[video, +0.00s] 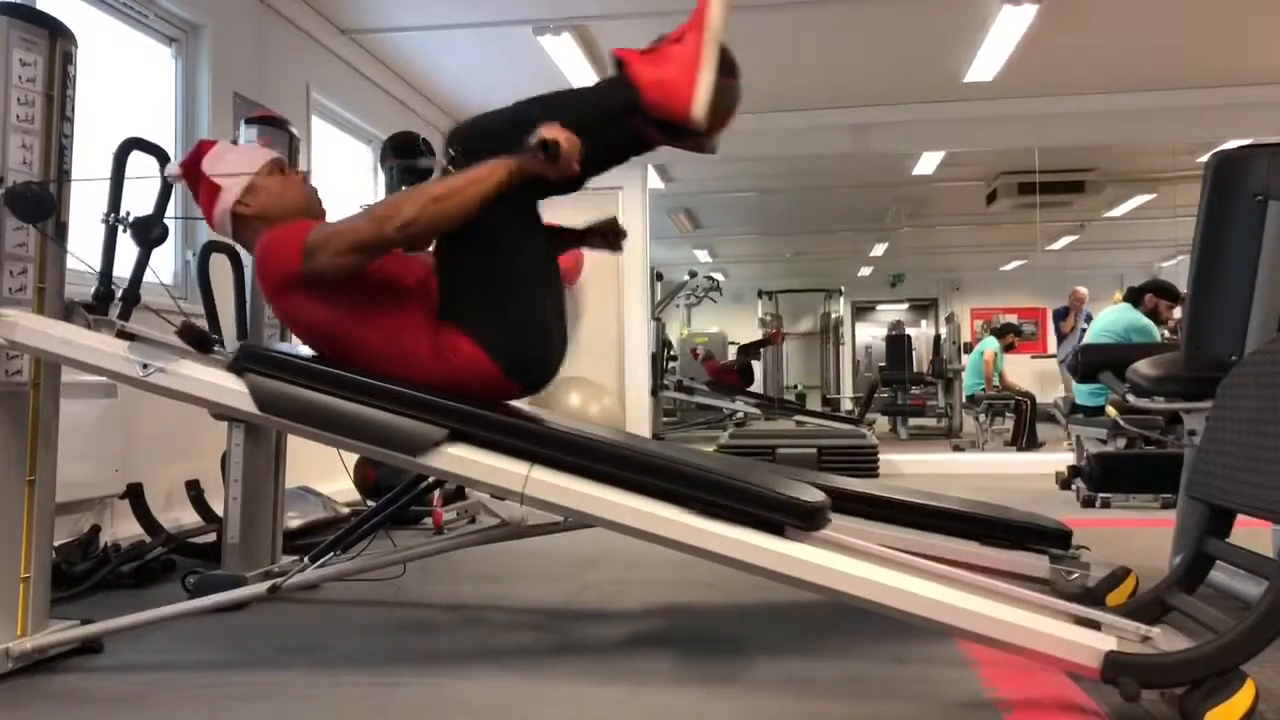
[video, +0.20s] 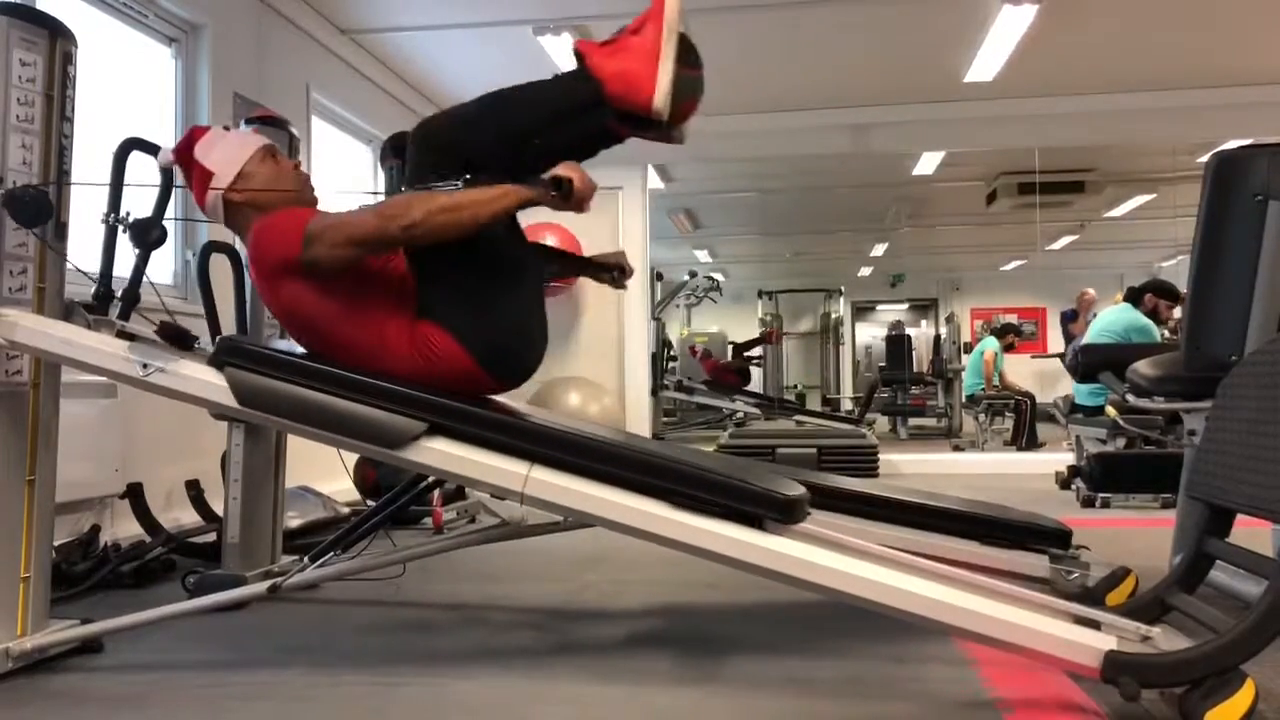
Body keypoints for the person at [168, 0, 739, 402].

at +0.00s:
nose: (302, 173)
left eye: (289, 164)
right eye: (282, 169)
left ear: (250, 205)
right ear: (247, 204)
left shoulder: (302, 259)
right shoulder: (282, 253)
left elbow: (437, 231)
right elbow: (397, 222)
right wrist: (514, 168)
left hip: (503, 341)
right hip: (497, 346)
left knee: (477, 153)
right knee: (472, 145)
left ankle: (659, 118)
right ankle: (648, 90)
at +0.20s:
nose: (297, 163)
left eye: (286, 154)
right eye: (275, 157)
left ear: (243, 191)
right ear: (239, 189)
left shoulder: (288, 251)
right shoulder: (275, 237)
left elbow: (418, 244)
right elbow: (402, 221)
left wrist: (572, 264)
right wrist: (532, 191)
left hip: (485, 341)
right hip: (477, 340)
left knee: (424, 153)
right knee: (427, 148)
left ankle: (631, 114)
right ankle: (614, 81)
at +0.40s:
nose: (305, 176)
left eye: (292, 166)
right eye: (284, 170)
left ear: (257, 204)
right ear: (250, 205)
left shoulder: (314, 262)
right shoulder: (285, 252)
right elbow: (395, 205)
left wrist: (585, 223)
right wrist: (514, 135)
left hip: (510, 346)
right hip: (501, 346)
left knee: (498, 163)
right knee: (501, 162)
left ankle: (684, 118)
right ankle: (673, 88)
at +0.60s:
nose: (337, 192)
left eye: (327, 185)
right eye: (318, 192)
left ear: (317, 216)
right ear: (295, 228)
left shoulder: (379, 277)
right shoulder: (333, 271)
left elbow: (500, 238)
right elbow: (422, 167)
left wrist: (558, 153)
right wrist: (476, 60)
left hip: (554, 351)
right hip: (553, 365)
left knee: (618, 191)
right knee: (616, 185)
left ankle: (799, 139)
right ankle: (798, 126)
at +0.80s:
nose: (397, 215)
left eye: (387, 208)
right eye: (379, 216)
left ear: (374, 243)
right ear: (354, 252)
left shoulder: (446, 297)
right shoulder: (396, 304)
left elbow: (521, 219)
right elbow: (442, 181)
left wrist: (501, 122)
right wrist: (434, 75)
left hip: (624, 368)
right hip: (620, 390)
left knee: (728, 224)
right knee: (725, 228)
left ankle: (929, 166)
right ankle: (931, 171)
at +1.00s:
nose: (424, 246)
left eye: (414, 242)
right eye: (414, 243)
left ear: (425, 271)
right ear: (414, 271)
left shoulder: (498, 315)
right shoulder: (461, 318)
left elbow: (525, 233)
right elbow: (465, 210)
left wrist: (453, 153)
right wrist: (398, 139)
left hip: (709, 397)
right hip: (709, 414)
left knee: (823, 250)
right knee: (821, 252)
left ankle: (1029, 194)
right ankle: (1033, 196)